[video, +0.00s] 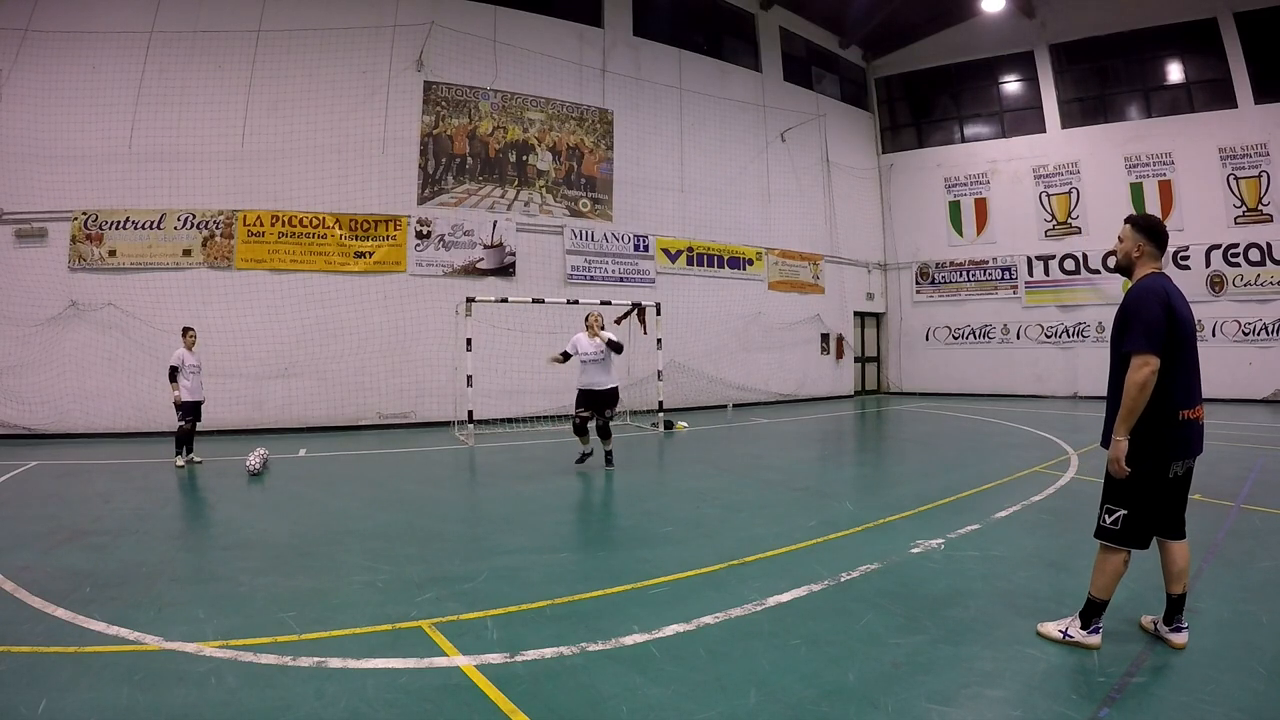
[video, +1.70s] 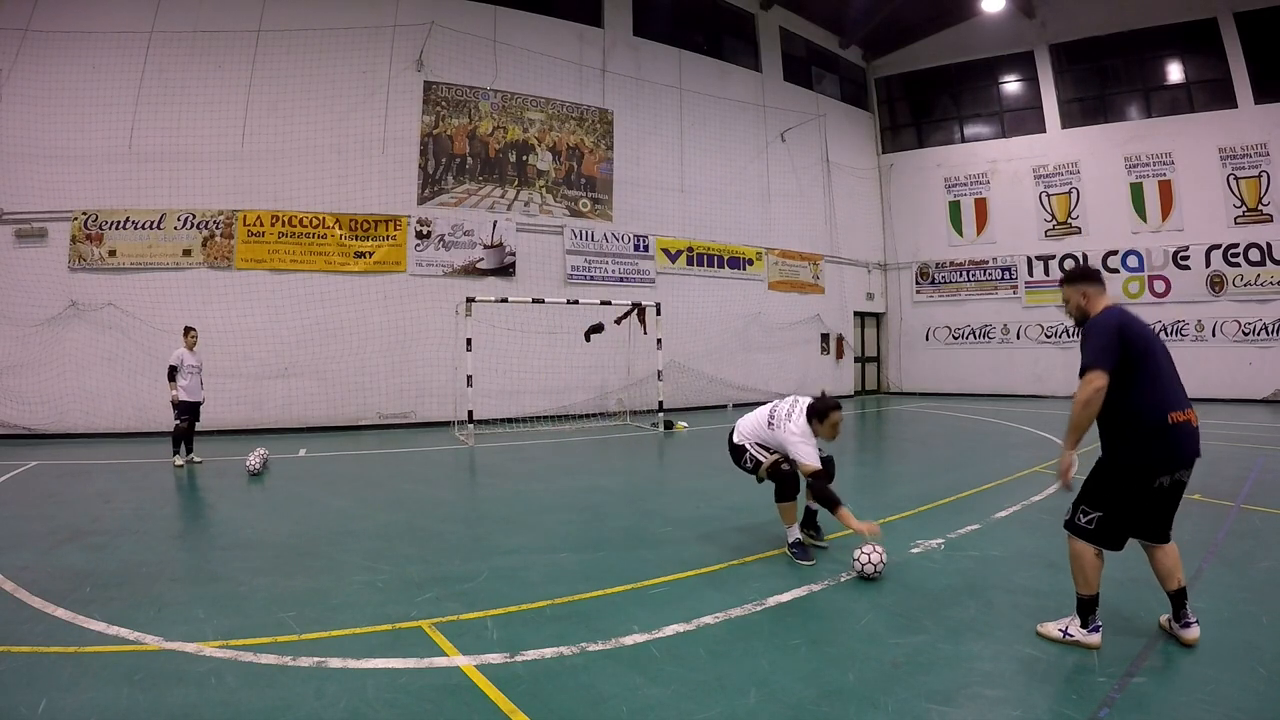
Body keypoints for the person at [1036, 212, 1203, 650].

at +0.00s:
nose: (1113, 247)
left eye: (1119, 239)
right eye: (1117, 239)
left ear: (1138, 246)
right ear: (1151, 249)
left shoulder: (1144, 295)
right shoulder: (1169, 292)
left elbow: (1145, 368)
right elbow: (1171, 368)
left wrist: (1120, 433)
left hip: (1145, 441)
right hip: (1177, 438)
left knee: (1115, 535)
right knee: (1171, 529)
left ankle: (1087, 624)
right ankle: (1174, 622)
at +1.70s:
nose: (1066, 310)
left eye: (1067, 301)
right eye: (1064, 303)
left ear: (1085, 294)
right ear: (1100, 292)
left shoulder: (1101, 325)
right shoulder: (1132, 323)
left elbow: (1095, 385)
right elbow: (1146, 391)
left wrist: (1069, 448)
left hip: (1137, 448)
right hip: (1180, 443)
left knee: (1082, 528)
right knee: (1155, 533)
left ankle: (1086, 624)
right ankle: (1185, 620)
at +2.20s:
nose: (984, 290)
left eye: (985, 284)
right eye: (983, 284)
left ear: (998, 280)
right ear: (1018, 276)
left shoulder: (1008, 306)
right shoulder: (1051, 310)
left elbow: (1005, 338)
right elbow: (1058, 366)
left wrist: (985, 379)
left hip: (1019, 440)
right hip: (1067, 439)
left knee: (955, 507)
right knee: (1094, 513)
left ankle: (905, 581)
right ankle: (1165, 581)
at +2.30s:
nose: (954, 295)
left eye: (956, 288)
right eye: (954, 288)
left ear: (967, 288)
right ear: (991, 286)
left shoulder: (974, 323)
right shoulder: (1024, 325)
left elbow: (976, 371)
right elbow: (1052, 380)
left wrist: (967, 437)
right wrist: (1033, 430)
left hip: (973, 447)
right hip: (1019, 451)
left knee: (915, 511)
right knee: (1021, 513)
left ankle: (881, 589)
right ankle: (1089, 539)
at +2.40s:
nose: (934, 319)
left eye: (935, 312)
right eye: (933, 312)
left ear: (944, 309)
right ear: (969, 306)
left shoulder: (939, 344)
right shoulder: (1009, 341)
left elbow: (909, 399)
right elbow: (1040, 393)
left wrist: (884, 454)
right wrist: (1026, 445)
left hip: (943, 454)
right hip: (994, 462)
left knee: (892, 502)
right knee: (946, 494)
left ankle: (880, 590)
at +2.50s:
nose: (924, 330)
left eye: (924, 324)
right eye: (923, 325)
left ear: (933, 320)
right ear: (961, 318)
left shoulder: (926, 348)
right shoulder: (998, 351)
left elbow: (869, 390)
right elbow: (1029, 398)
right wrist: (1010, 452)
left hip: (928, 458)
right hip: (982, 472)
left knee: (884, 508)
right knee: (922, 495)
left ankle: (879, 591)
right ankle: (861, 501)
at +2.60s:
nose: (926, 323)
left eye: (926, 318)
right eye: (926, 318)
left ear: (935, 314)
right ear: (962, 313)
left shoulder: (925, 338)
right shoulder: (995, 352)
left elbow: (865, 366)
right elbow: (1018, 412)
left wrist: (832, 378)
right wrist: (999, 469)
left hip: (925, 457)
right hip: (975, 467)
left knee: (875, 507)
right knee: (917, 489)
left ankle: (878, 591)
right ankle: (864, 518)